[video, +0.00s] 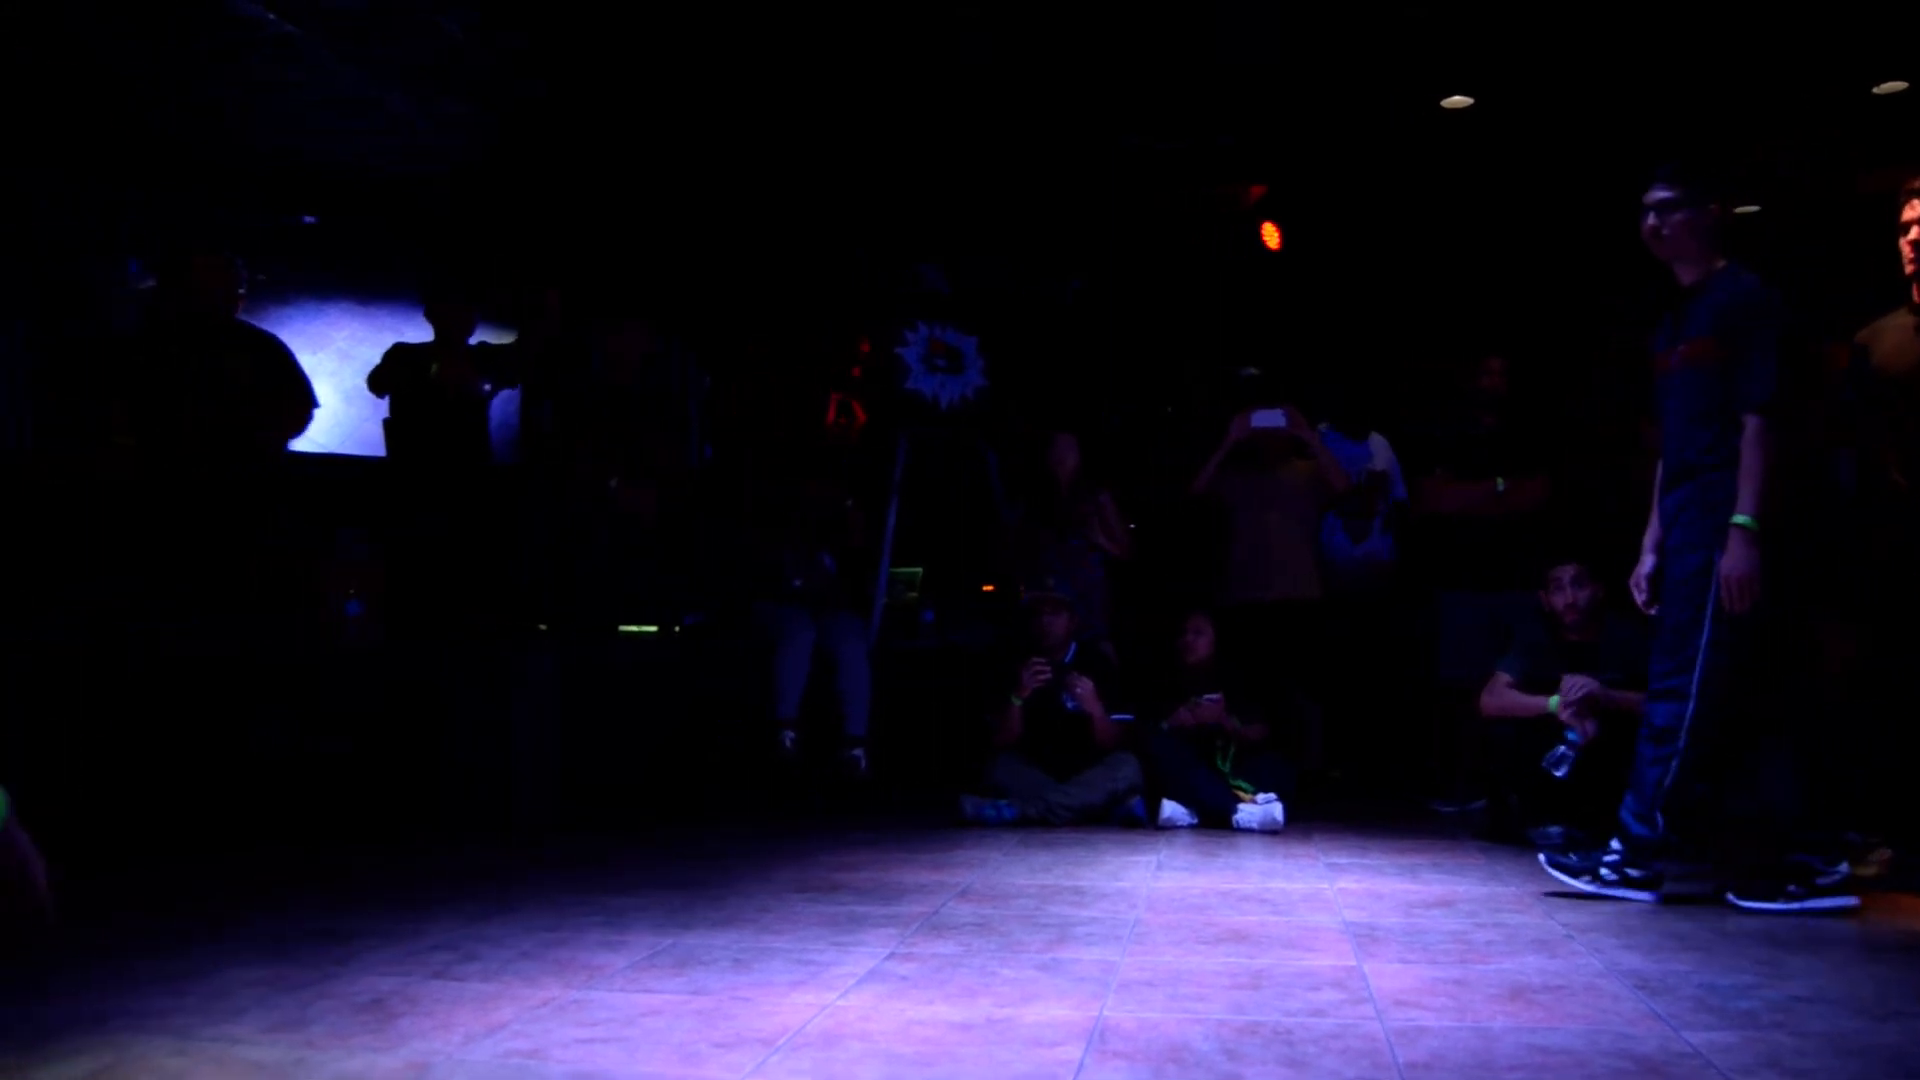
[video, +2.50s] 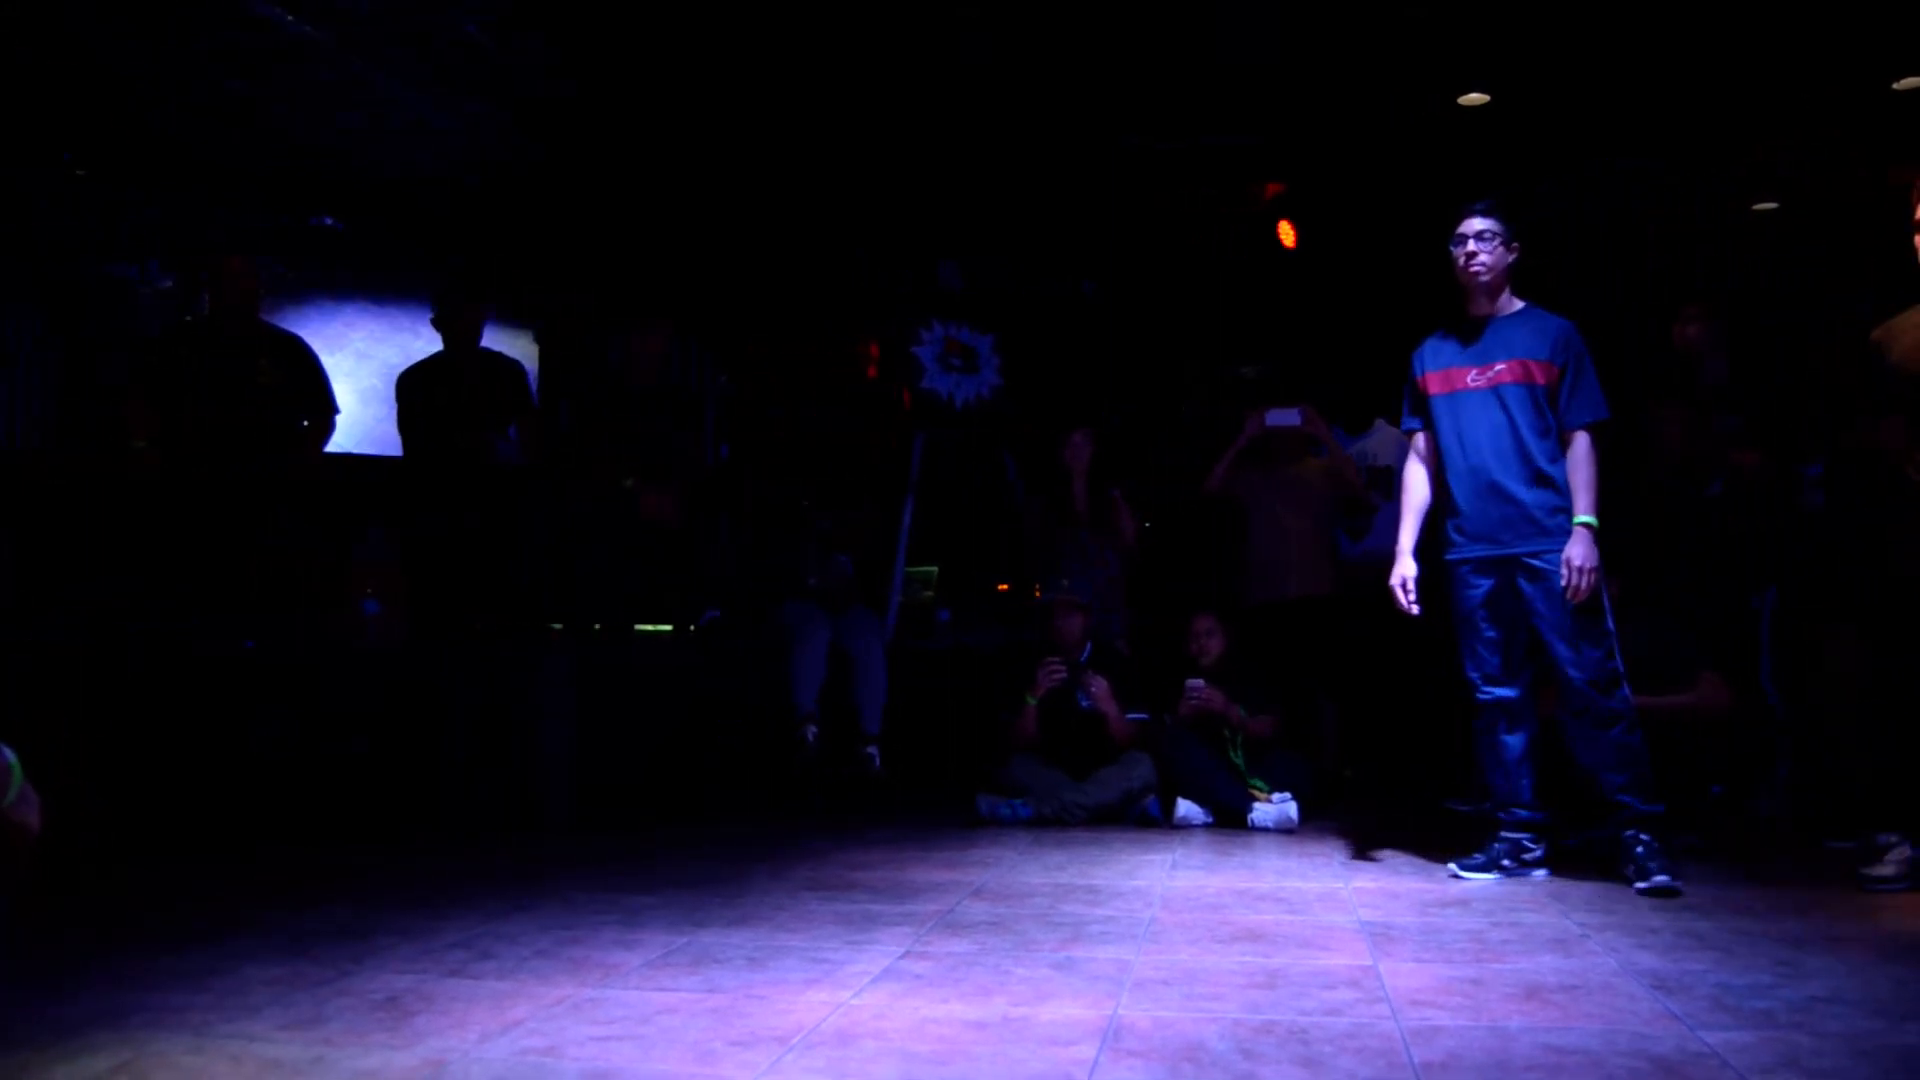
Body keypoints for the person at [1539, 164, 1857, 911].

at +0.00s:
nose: (1654, 224)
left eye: (1668, 210)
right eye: (1649, 213)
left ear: (1709, 215)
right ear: (1649, 230)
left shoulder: (1746, 301)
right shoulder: (1679, 316)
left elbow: (1756, 426)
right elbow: (1674, 449)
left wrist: (1744, 533)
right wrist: (1651, 547)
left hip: (1725, 522)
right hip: (1690, 522)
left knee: (1681, 683)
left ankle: (1644, 847)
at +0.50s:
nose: (1583, 225)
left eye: (1598, 211)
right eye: (1581, 213)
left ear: (1642, 217)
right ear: (1609, 226)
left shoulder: (1653, 299)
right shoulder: (1647, 297)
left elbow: (1632, 425)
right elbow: (1640, 424)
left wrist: (1580, 526)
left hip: (1649, 520)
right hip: (1657, 514)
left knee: (1638, 684)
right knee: (1672, 675)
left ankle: (1644, 857)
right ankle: (1755, 816)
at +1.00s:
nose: (1536, 232)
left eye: (1551, 221)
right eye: (1535, 221)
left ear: (1592, 230)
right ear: (1554, 235)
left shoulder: (1606, 306)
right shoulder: (1584, 306)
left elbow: (1596, 429)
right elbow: (1586, 430)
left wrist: (1551, 529)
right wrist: (1550, 524)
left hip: (1604, 529)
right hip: (1577, 526)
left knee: (1611, 689)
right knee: (1547, 679)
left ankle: (1641, 853)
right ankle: (1519, 831)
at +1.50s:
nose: (1492, 240)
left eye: (1508, 229)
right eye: (1489, 230)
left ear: (1543, 240)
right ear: (1487, 245)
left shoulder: (1571, 319)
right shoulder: (1495, 338)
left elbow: (1586, 431)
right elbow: (1475, 456)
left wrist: (1565, 529)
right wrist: (1440, 546)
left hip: (1545, 543)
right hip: (1489, 549)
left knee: (1579, 699)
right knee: (1510, 697)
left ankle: (1637, 850)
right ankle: (1519, 839)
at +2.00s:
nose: (1468, 248)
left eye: (1483, 238)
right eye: (1461, 239)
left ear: (1513, 252)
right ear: (1452, 254)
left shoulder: (1548, 332)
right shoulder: (1440, 356)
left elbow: (1575, 436)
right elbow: (1434, 459)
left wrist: (1565, 530)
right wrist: (1422, 551)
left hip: (1534, 543)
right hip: (1464, 551)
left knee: (1572, 697)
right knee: (1495, 699)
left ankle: (1623, 846)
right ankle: (1518, 838)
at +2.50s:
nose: (1470, 252)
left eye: (1483, 241)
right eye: (1461, 243)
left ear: (1512, 254)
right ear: (1451, 261)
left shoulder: (1551, 336)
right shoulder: (1433, 355)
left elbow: (1579, 439)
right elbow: (1421, 456)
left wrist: (1584, 529)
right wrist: (1405, 549)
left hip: (1546, 542)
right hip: (1470, 550)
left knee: (1594, 688)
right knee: (1497, 695)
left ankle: (1638, 838)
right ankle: (1518, 838)